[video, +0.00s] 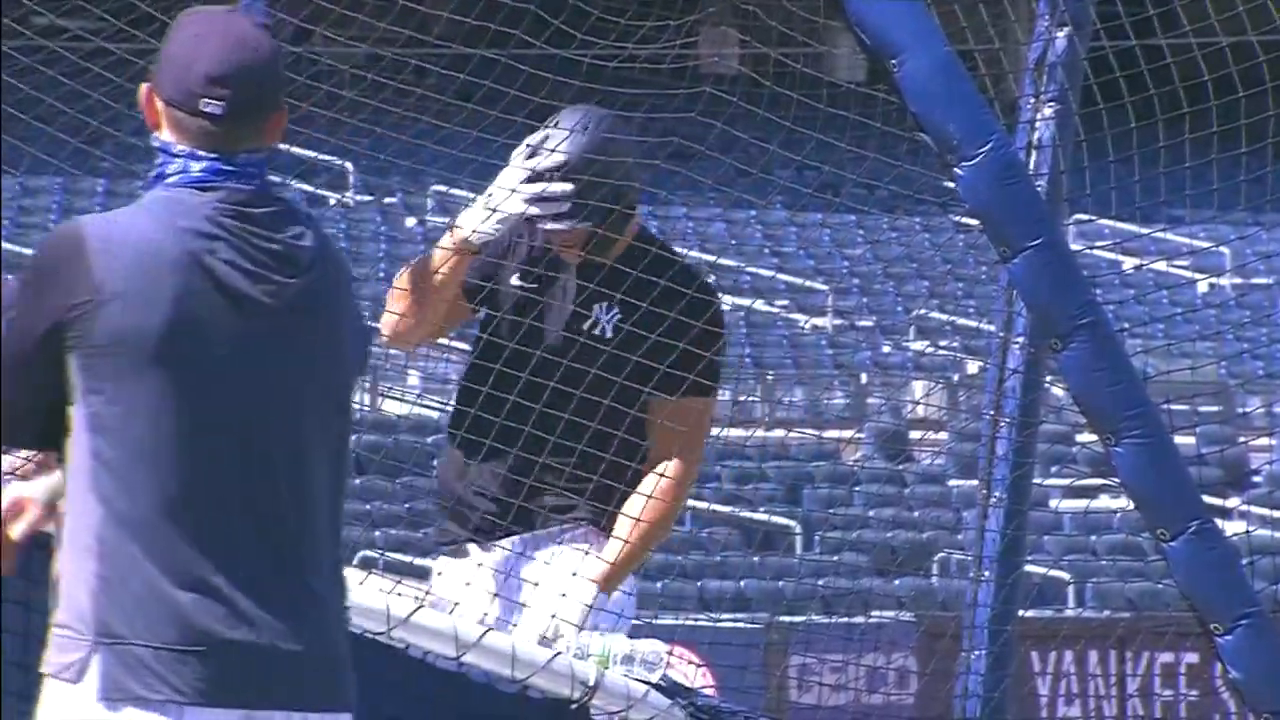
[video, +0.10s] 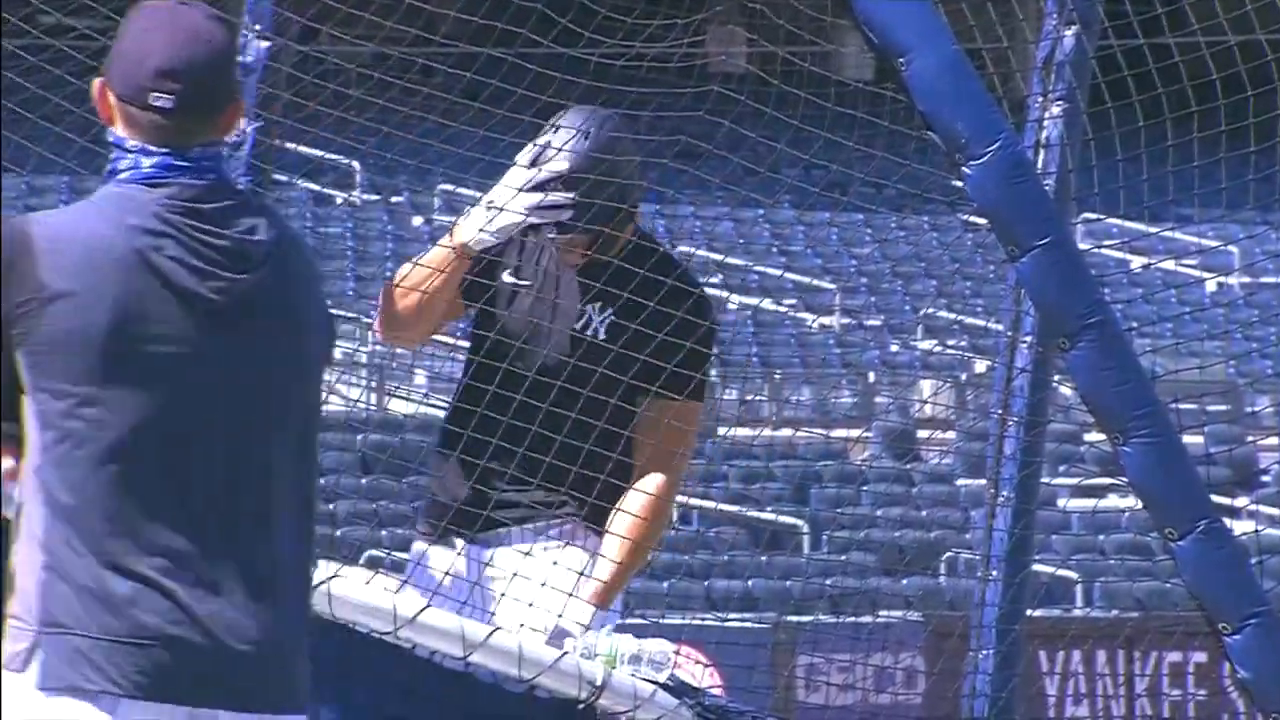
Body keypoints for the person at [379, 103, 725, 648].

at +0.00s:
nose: (552, 231)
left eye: (567, 216)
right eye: (543, 213)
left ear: (615, 207)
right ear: (526, 200)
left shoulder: (678, 298)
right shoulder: (516, 248)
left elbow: (673, 460)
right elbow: (398, 328)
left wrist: (594, 585)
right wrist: (485, 218)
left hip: (577, 543)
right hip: (471, 532)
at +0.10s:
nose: (562, 244)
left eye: (577, 231)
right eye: (551, 225)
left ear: (620, 216)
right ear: (530, 205)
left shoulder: (671, 299)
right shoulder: (506, 246)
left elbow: (657, 469)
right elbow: (396, 323)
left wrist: (588, 606)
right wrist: (487, 218)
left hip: (556, 542)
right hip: (451, 527)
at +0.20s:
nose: (555, 244)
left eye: (574, 233)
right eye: (545, 227)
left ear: (614, 217)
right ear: (528, 200)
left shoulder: (660, 304)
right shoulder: (482, 238)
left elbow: (639, 481)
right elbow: (381, 330)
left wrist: (581, 617)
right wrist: (475, 233)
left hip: (544, 548)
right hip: (426, 537)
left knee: (535, 702)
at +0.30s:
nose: (561, 251)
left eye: (580, 237)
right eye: (548, 228)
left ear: (613, 219)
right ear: (523, 196)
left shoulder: (643, 303)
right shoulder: (465, 224)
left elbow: (622, 468)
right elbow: (360, 344)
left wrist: (579, 613)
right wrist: (454, 266)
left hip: (534, 553)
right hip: (406, 538)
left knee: (515, 709)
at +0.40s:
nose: (547, 266)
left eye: (567, 256)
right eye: (535, 246)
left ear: (601, 234)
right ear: (510, 195)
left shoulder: (622, 315)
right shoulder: (442, 228)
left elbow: (597, 478)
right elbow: (336, 358)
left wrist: (551, 631)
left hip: (511, 556)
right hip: (379, 540)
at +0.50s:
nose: (524, 276)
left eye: (545, 267)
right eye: (518, 256)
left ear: (576, 244)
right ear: (493, 206)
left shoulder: (588, 327)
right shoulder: (400, 248)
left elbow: (566, 490)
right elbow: (307, 368)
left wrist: (540, 651)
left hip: (476, 564)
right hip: (342, 548)